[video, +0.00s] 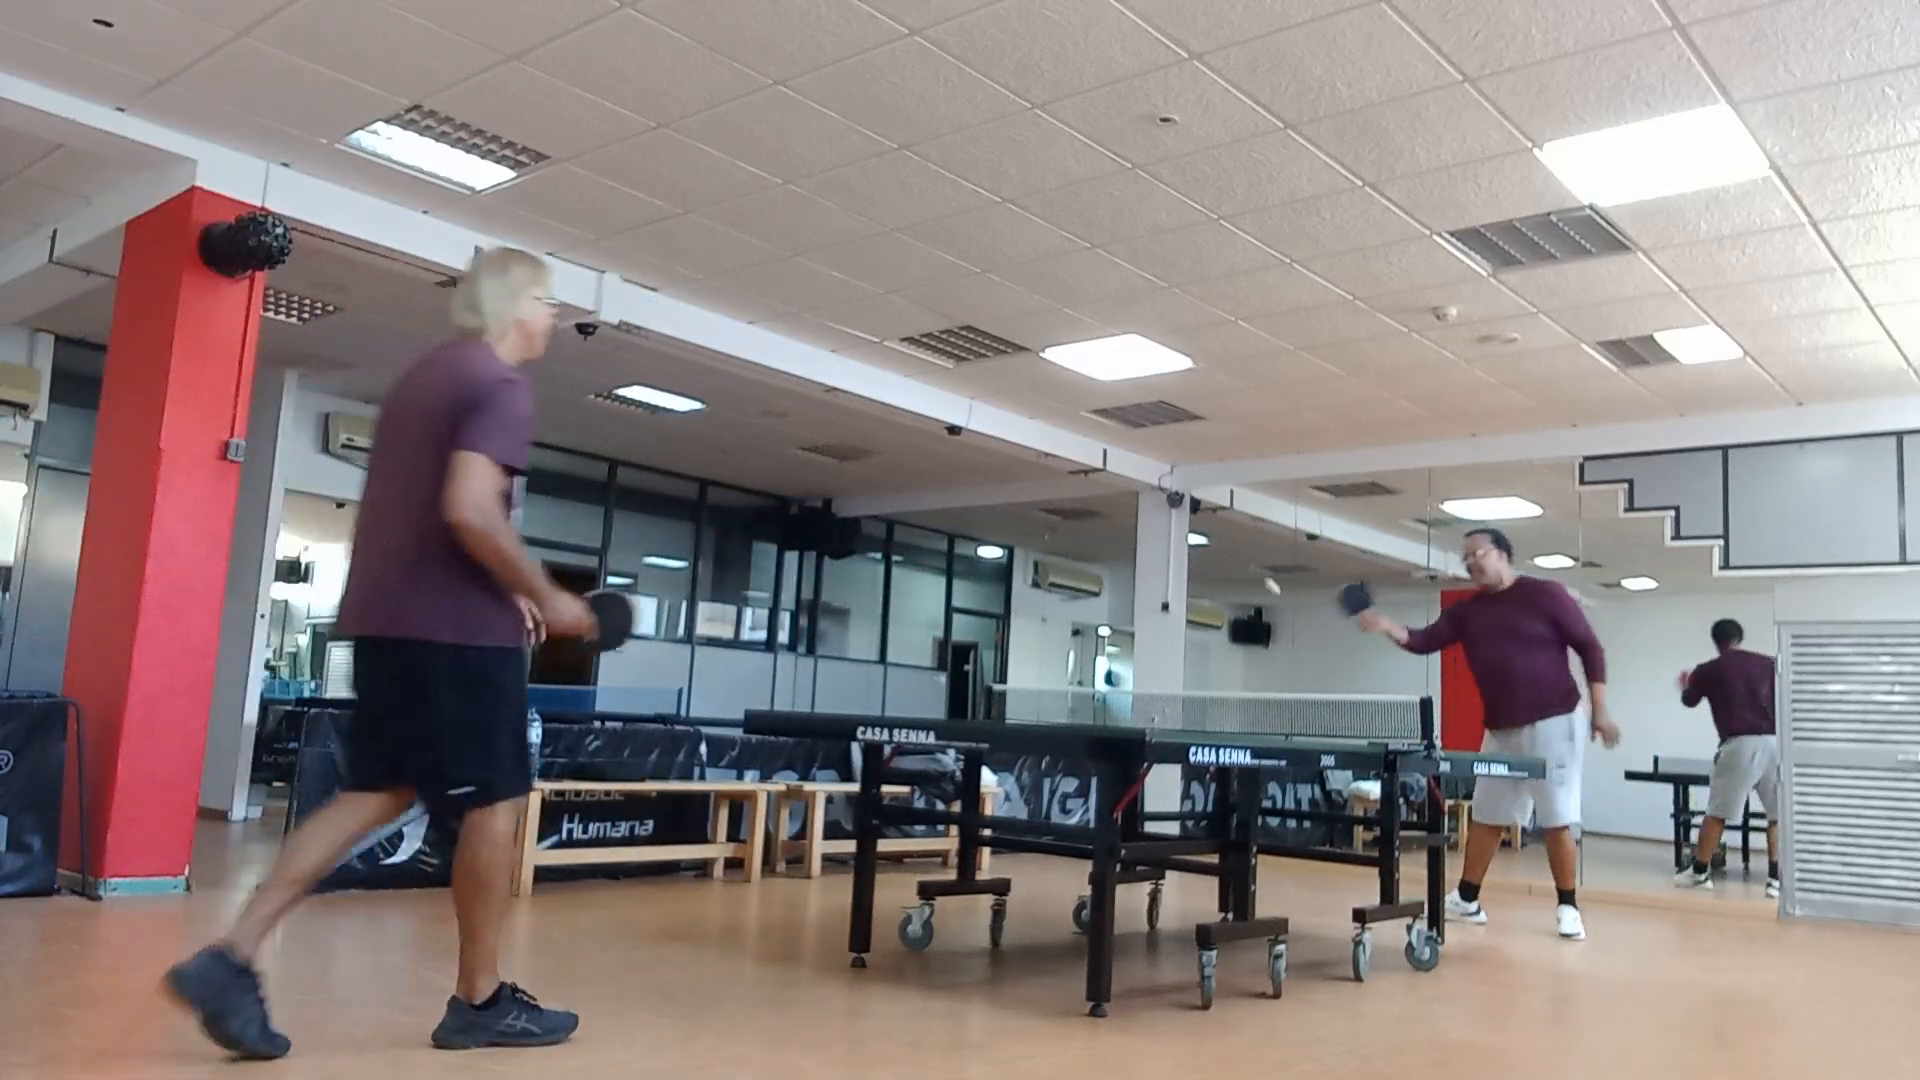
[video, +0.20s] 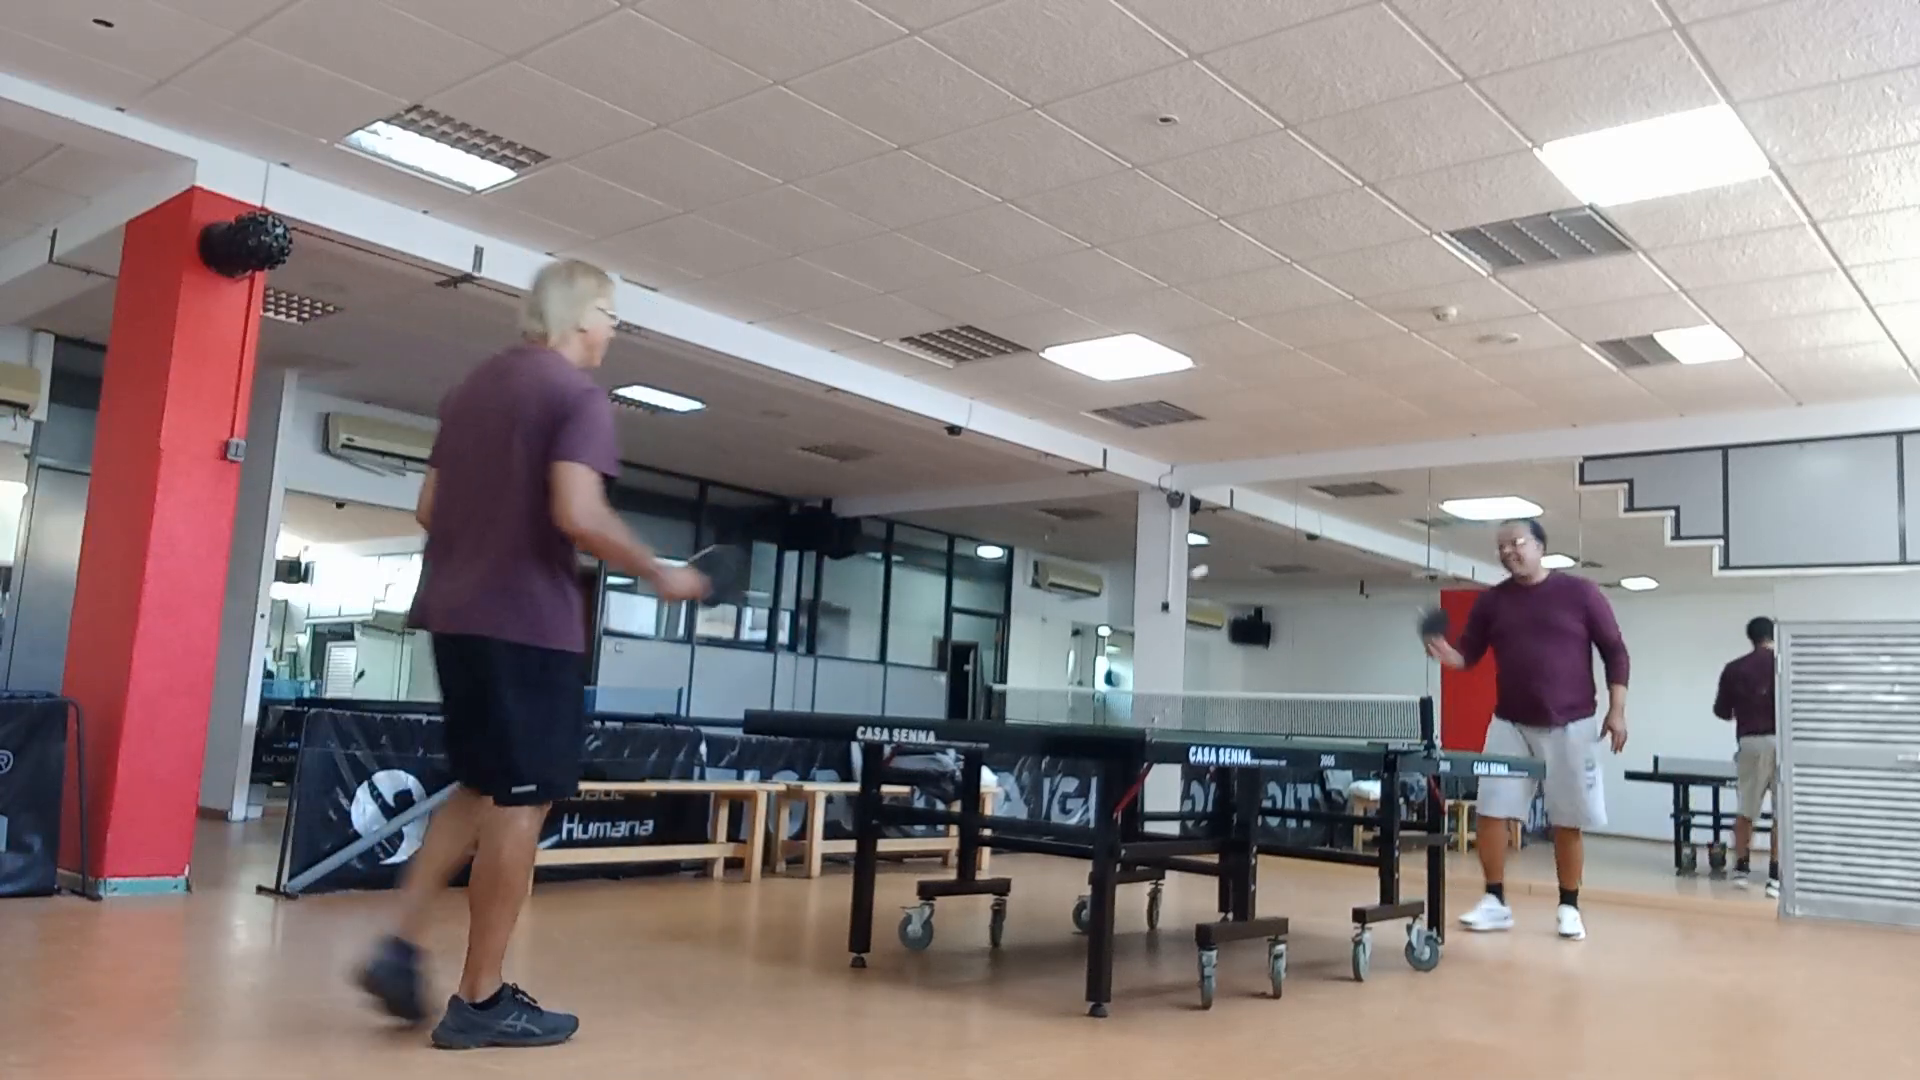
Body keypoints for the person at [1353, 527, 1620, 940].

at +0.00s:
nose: (1470, 561)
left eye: (1477, 553)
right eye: (1466, 557)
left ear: (1502, 553)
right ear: (1466, 566)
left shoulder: (1546, 594)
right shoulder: (1465, 611)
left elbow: (1591, 647)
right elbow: (1423, 641)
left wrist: (1600, 710)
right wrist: (1386, 627)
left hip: (1556, 722)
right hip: (1502, 729)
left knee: (1558, 821)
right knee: (1485, 816)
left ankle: (1568, 907)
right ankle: (1466, 900)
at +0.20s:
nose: (1511, 550)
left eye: (1518, 541)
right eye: (1504, 546)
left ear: (1540, 545)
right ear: (1499, 556)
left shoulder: (1581, 593)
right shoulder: (1492, 601)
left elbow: (1615, 650)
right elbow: (1466, 656)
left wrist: (1617, 709)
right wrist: (1446, 651)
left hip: (1570, 727)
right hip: (1510, 725)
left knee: (1569, 820)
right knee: (1490, 809)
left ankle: (1569, 908)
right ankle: (1495, 903)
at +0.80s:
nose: (1550, 527)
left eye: (1557, 518)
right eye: (1540, 522)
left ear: (1576, 522)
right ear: (1531, 533)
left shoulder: (1614, 573)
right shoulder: (1511, 587)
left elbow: (1642, 638)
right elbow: (1499, 654)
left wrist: (1667, 700)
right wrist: (1495, 707)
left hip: (1613, 718)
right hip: (1546, 723)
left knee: (1632, 814)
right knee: (1547, 822)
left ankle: (1621, 916)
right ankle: (1550, 921)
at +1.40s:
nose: (1615, 495)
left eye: (1624, 485)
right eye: (1603, 488)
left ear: (1643, 492)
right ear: (1591, 500)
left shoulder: (1681, 552)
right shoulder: (1560, 555)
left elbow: (1722, 623)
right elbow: (1535, 633)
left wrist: (1693, 671)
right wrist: (1522, 702)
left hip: (1661, 713)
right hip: (1585, 713)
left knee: (1665, 832)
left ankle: (1668, 948)